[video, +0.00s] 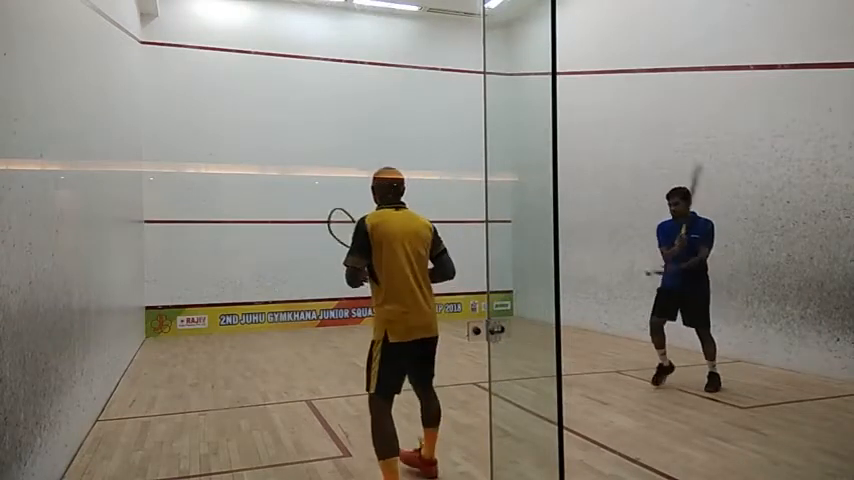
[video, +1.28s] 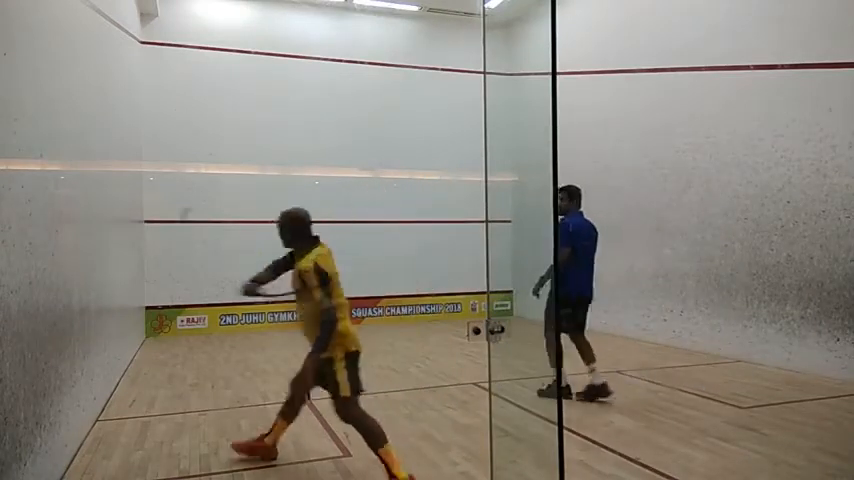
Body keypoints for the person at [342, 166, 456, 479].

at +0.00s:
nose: (373, 194)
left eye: (373, 189)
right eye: (378, 188)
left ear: (375, 192)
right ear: (402, 192)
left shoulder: (369, 224)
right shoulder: (423, 223)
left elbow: (354, 278)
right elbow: (447, 270)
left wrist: (365, 271)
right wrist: (415, 276)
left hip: (391, 331)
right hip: (427, 328)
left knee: (380, 403)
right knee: (426, 388)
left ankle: (391, 475)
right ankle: (428, 457)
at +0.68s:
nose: (367, 201)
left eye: (368, 196)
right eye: (369, 195)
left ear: (370, 199)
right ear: (396, 201)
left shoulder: (370, 225)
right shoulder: (412, 233)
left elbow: (364, 269)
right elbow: (427, 282)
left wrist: (347, 283)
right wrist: (378, 288)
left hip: (399, 325)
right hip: (426, 322)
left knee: (388, 397)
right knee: (417, 385)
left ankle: (419, 472)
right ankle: (424, 457)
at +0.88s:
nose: (352, 210)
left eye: (354, 205)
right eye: (354, 205)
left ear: (358, 209)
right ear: (382, 210)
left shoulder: (362, 236)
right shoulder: (392, 240)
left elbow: (361, 285)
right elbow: (392, 296)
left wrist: (333, 316)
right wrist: (356, 312)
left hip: (392, 338)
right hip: (410, 335)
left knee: (374, 409)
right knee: (395, 396)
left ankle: (410, 474)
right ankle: (420, 459)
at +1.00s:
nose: (336, 223)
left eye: (339, 218)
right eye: (338, 217)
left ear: (347, 222)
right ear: (365, 221)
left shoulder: (358, 254)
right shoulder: (367, 251)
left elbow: (361, 309)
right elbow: (363, 306)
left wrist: (327, 340)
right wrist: (329, 310)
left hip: (387, 349)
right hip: (377, 345)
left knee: (362, 420)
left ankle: (403, 472)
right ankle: (385, 435)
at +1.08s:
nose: (324, 225)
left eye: (329, 220)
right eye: (326, 220)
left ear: (341, 224)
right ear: (348, 226)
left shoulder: (352, 259)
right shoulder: (344, 260)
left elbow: (356, 316)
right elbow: (330, 304)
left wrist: (320, 355)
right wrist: (314, 303)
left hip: (382, 349)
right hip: (367, 345)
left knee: (361, 421)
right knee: (335, 368)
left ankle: (405, 474)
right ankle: (346, 438)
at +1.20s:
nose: (293, 231)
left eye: (295, 226)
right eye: (294, 226)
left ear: (303, 230)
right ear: (317, 228)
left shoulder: (328, 260)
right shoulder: (308, 258)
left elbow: (336, 313)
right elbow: (276, 283)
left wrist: (320, 352)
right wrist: (295, 285)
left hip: (359, 344)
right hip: (336, 343)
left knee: (363, 409)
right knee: (311, 388)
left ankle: (404, 472)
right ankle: (282, 436)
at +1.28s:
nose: (280, 235)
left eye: (282, 231)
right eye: (280, 230)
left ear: (291, 233)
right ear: (305, 229)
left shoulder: (315, 263)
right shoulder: (306, 253)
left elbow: (330, 316)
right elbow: (280, 266)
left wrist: (312, 361)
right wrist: (256, 281)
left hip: (340, 348)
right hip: (324, 347)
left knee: (349, 410)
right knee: (298, 389)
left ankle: (398, 473)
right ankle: (269, 442)